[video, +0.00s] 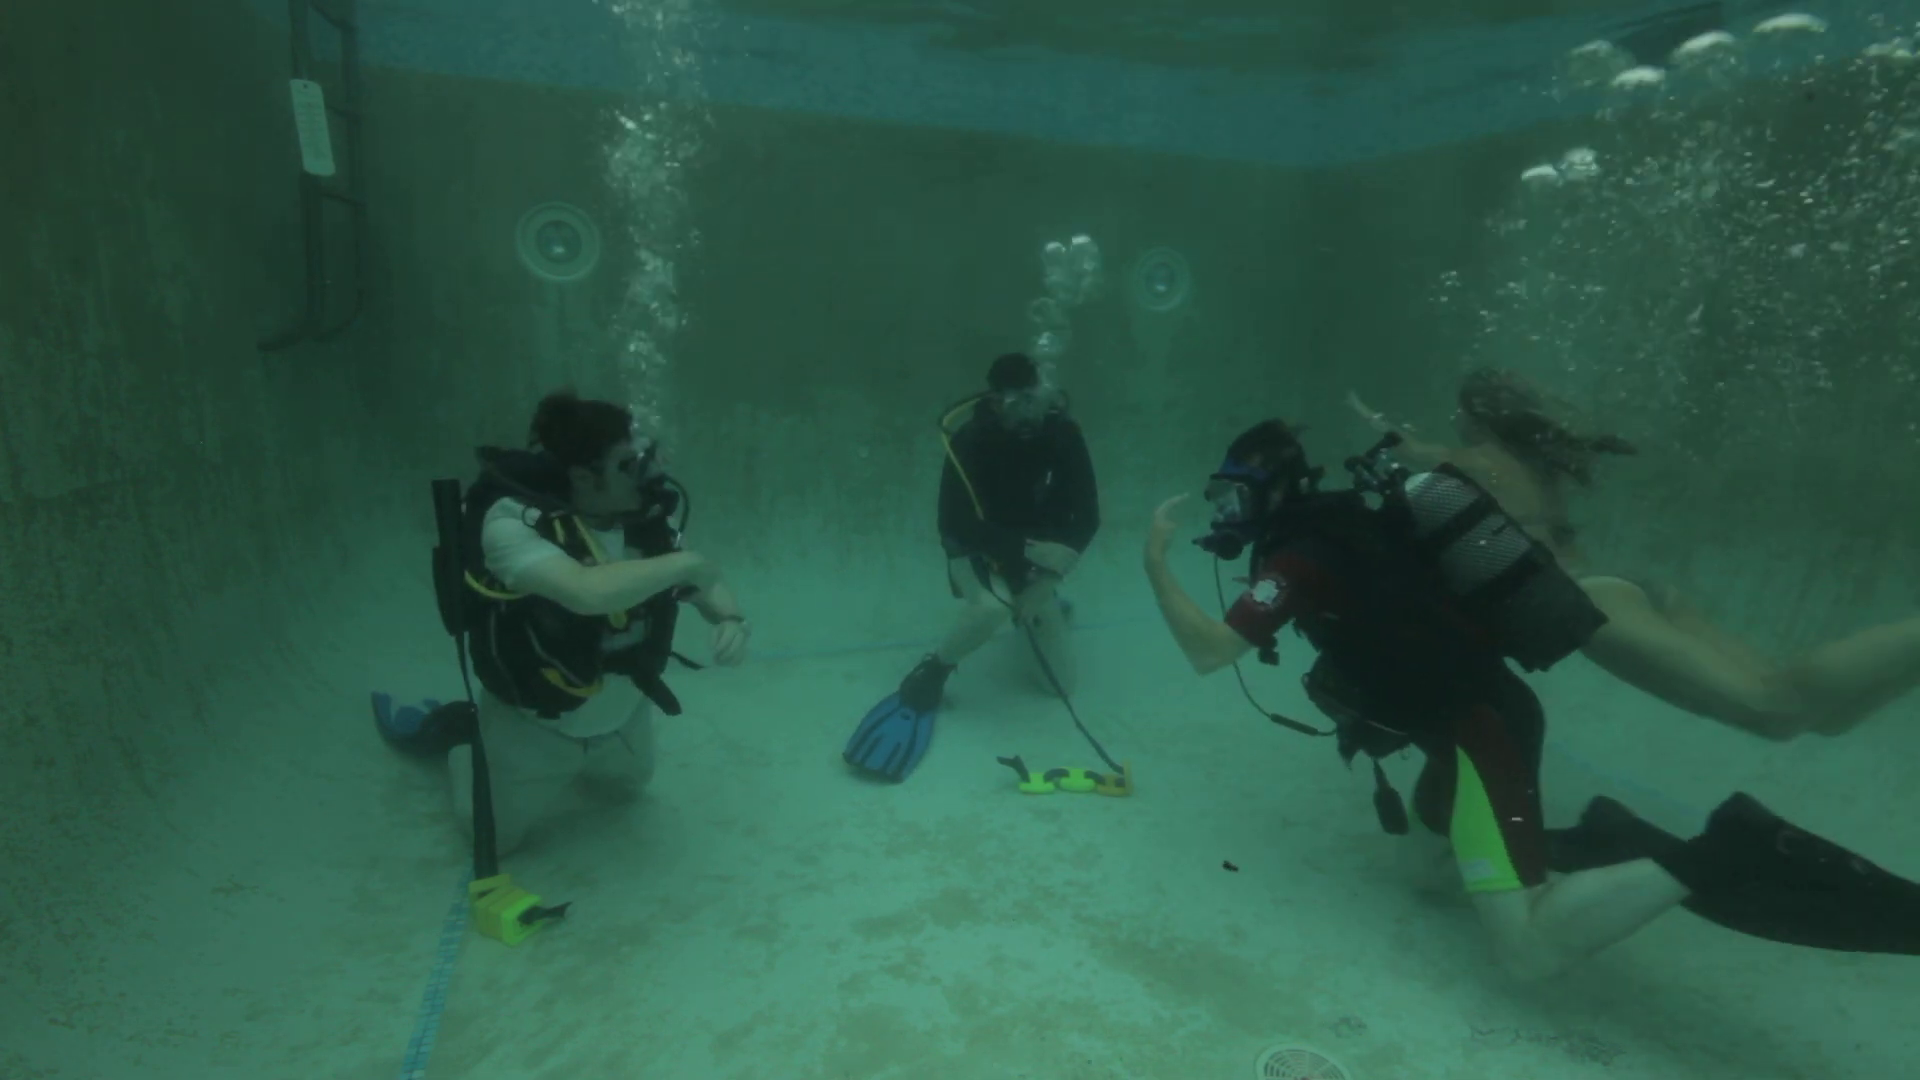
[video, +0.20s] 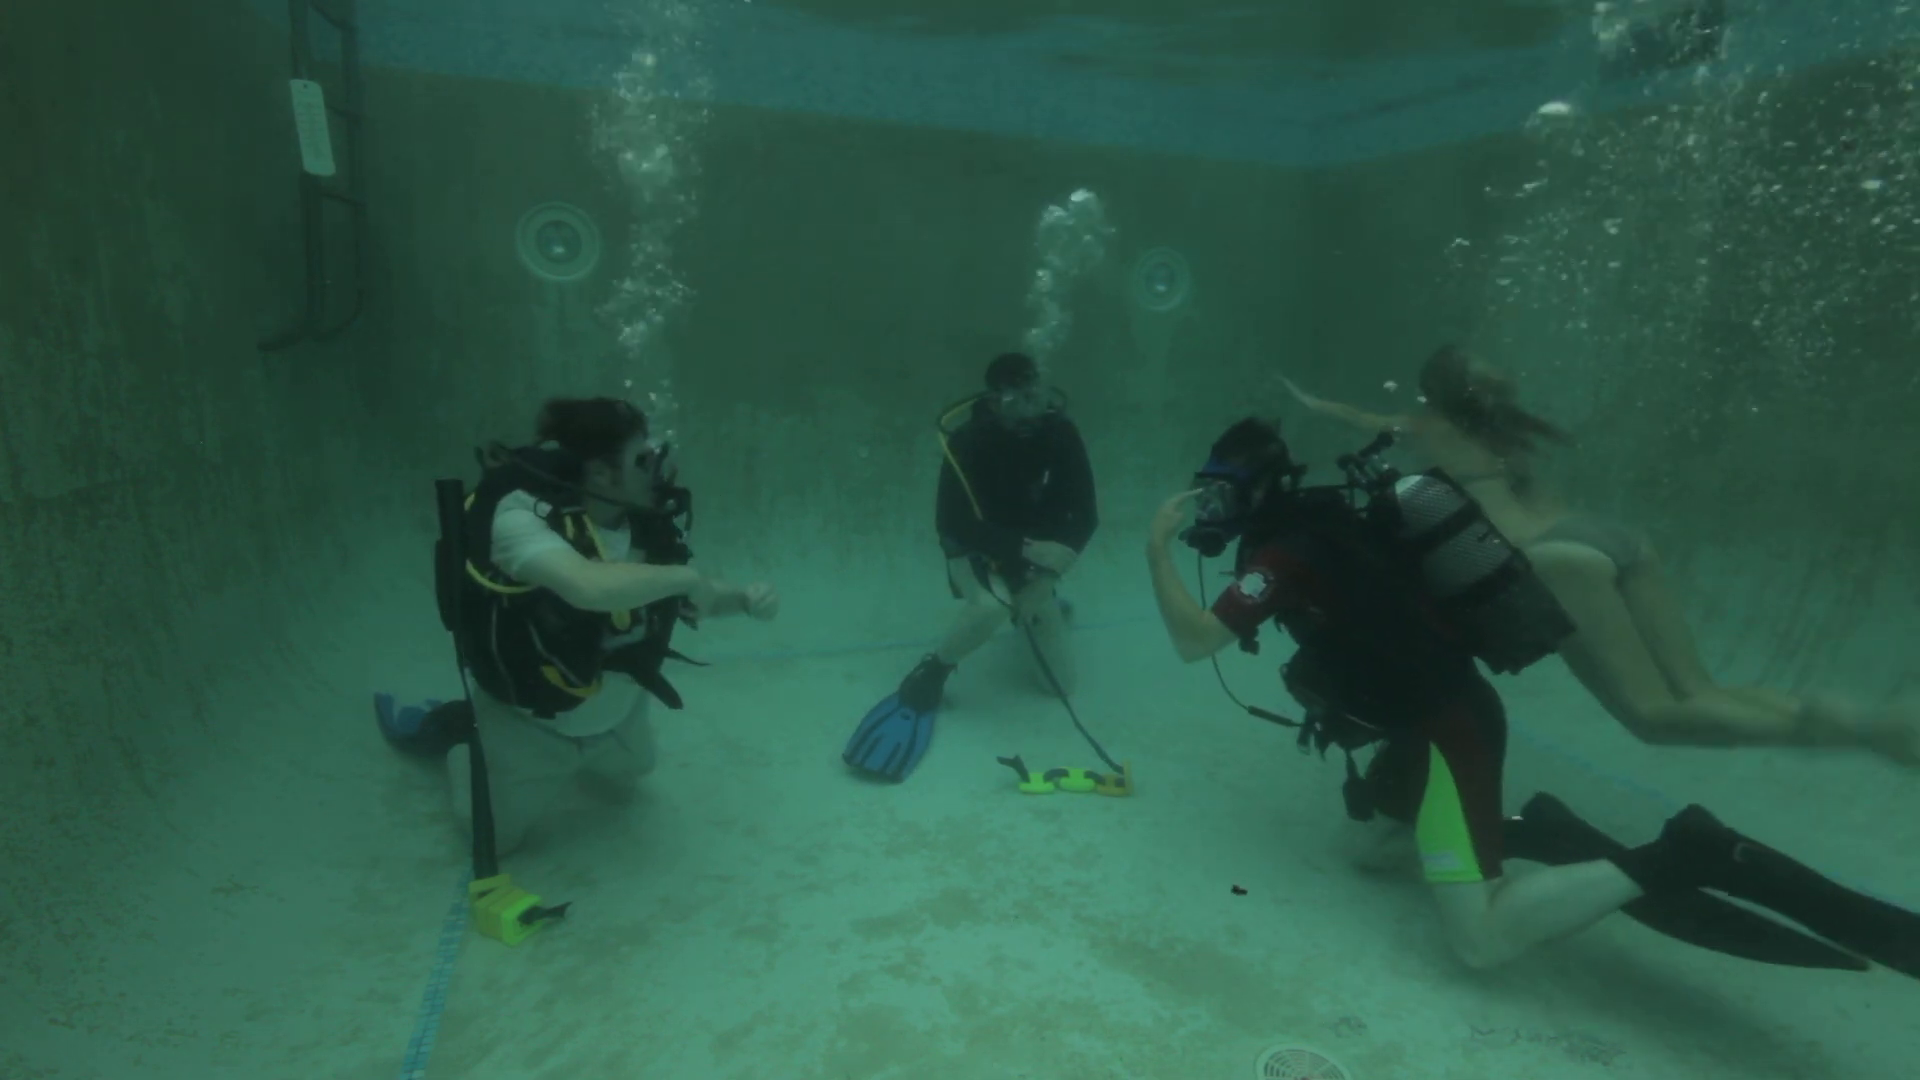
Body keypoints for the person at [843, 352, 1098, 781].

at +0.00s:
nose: (1031, 412)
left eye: (1037, 400)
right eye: (1019, 402)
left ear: (1047, 395)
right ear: (997, 402)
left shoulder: (1062, 431)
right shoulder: (972, 438)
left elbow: (1086, 513)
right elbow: (962, 524)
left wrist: (1046, 582)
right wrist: (1030, 551)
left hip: (1039, 549)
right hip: (978, 545)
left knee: (1060, 678)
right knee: (991, 609)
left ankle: (1045, 605)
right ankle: (931, 674)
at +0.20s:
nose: (1030, 409)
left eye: (1036, 396)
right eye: (1018, 399)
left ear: (1045, 392)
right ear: (995, 401)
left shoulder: (1059, 431)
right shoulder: (968, 440)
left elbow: (1084, 513)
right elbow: (958, 523)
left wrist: (1046, 575)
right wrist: (1026, 548)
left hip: (1038, 545)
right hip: (977, 544)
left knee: (1060, 679)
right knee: (990, 607)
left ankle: (1042, 605)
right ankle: (930, 676)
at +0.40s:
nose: (1024, 408)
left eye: (1030, 396)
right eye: (1012, 399)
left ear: (1040, 392)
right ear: (991, 400)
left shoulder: (1057, 431)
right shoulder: (967, 439)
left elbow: (1083, 511)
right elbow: (955, 522)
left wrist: (1047, 573)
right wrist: (1022, 548)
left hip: (1038, 551)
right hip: (978, 546)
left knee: (1061, 680)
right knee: (989, 605)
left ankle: (1041, 606)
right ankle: (927, 679)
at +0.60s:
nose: (1025, 406)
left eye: (1030, 394)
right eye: (1013, 397)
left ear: (1040, 391)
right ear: (990, 399)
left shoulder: (1056, 431)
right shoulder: (966, 439)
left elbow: (1081, 510)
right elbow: (954, 522)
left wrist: (1045, 574)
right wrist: (1023, 547)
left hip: (1034, 554)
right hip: (974, 548)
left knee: (1061, 681)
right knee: (987, 606)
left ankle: (1040, 607)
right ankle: (929, 676)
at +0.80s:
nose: (1031, 408)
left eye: (1035, 396)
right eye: (1018, 398)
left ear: (1042, 391)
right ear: (992, 401)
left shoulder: (1055, 432)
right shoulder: (965, 440)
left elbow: (1079, 510)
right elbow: (954, 522)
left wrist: (1045, 573)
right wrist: (1023, 544)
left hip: (1033, 553)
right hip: (974, 548)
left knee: (1058, 679)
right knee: (987, 605)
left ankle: (1038, 606)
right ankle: (928, 678)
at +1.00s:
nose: (1032, 404)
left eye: (1035, 394)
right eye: (1019, 396)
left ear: (1041, 390)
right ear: (992, 400)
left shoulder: (1054, 432)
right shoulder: (966, 440)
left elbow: (1078, 507)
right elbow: (956, 520)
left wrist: (1049, 565)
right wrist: (1022, 541)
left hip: (1032, 553)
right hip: (973, 548)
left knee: (1056, 679)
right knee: (986, 604)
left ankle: (1039, 608)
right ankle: (928, 677)